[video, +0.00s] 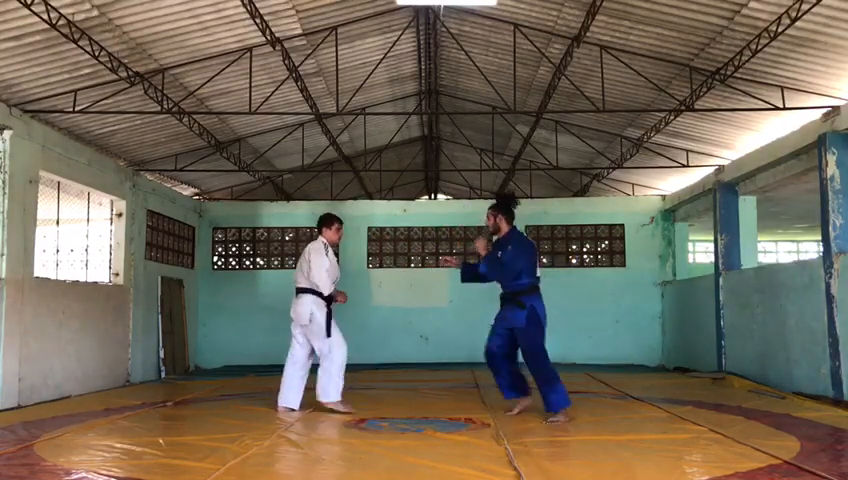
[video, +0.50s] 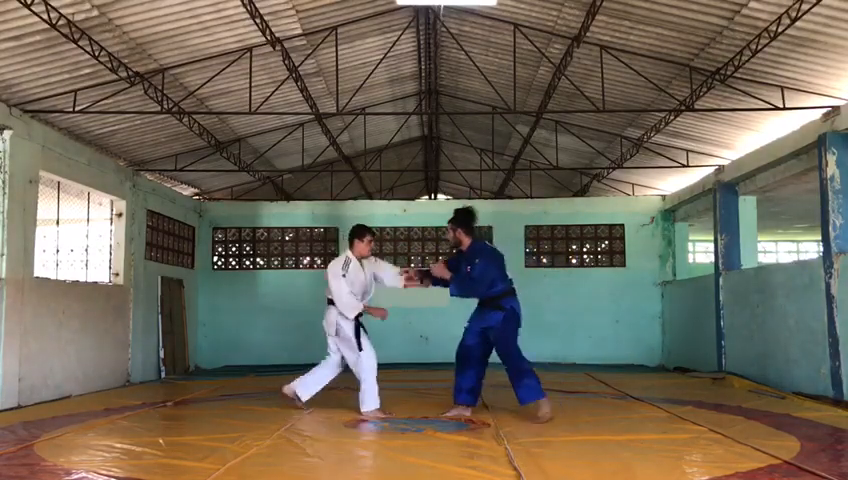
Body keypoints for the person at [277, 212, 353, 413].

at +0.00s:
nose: (340, 235)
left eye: (341, 230)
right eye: (337, 230)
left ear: (325, 231)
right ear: (326, 230)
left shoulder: (317, 249)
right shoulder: (317, 248)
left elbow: (316, 282)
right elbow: (320, 278)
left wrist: (334, 295)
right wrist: (335, 294)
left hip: (302, 303)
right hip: (312, 304)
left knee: (299, 355)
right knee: (336, 348)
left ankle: (286, 404)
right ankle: (330, 397)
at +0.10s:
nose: (344, 236)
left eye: (344, 232)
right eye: (341, 232)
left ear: (329, 231)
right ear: (328, 230)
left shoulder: (318, 248)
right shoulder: (321, 248)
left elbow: (318, 277)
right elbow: (326, 273)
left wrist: (339, 294)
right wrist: (342, 293)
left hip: (306, 303)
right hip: (317, 305)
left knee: (302, 353)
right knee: (337, 350)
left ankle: (288, 403)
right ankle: (348, 399)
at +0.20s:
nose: (349, 238)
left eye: (350, 234)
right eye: (347, 234)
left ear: (335, 234)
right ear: (334, 233)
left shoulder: (326, 251)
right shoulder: (326, 252)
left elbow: (327, 283)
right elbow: (327, 284)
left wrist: (349, 292)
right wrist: (350, 292)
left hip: (313, 307)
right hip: (322, 309)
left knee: (306, 357)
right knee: (342, 356)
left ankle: (288, 403)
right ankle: (359, 401)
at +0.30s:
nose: (357, 241)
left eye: (358, 237)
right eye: (354, 237)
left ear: (346, 238)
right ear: (342, 236)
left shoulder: (345, 259)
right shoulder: (331, 257)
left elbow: (348, 289)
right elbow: (334, 292)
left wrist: (367, 297)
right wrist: (360, 295)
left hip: (324, 312)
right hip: (330, 314)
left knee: (316, 360)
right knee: (352, 360)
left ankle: (291, 402)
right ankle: (364, 406)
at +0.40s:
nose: (366, 246)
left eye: (366, 242)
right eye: (362, 242)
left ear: (360, 242)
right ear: (350, 241)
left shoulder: (359, 265)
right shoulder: (334, 264)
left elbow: (373, 291)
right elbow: (337, 297)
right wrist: (362, 302)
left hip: (333, 317)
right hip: (336, 318)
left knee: (327, 361)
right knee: (363, 358)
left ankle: (293, 400)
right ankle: (368, 408)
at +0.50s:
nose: (371, 246)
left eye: (372, 242)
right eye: (368, 242)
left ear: (364, 244)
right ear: (355, 242)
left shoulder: (369, 262)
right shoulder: (338, 266)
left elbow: (388, 273)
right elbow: (343, 298)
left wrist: (406, 277)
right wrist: (368, 309)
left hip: (346, 315)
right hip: (339, 316)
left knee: (335, 361)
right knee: (366, 358)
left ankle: (296, 389)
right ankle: (369, 408)